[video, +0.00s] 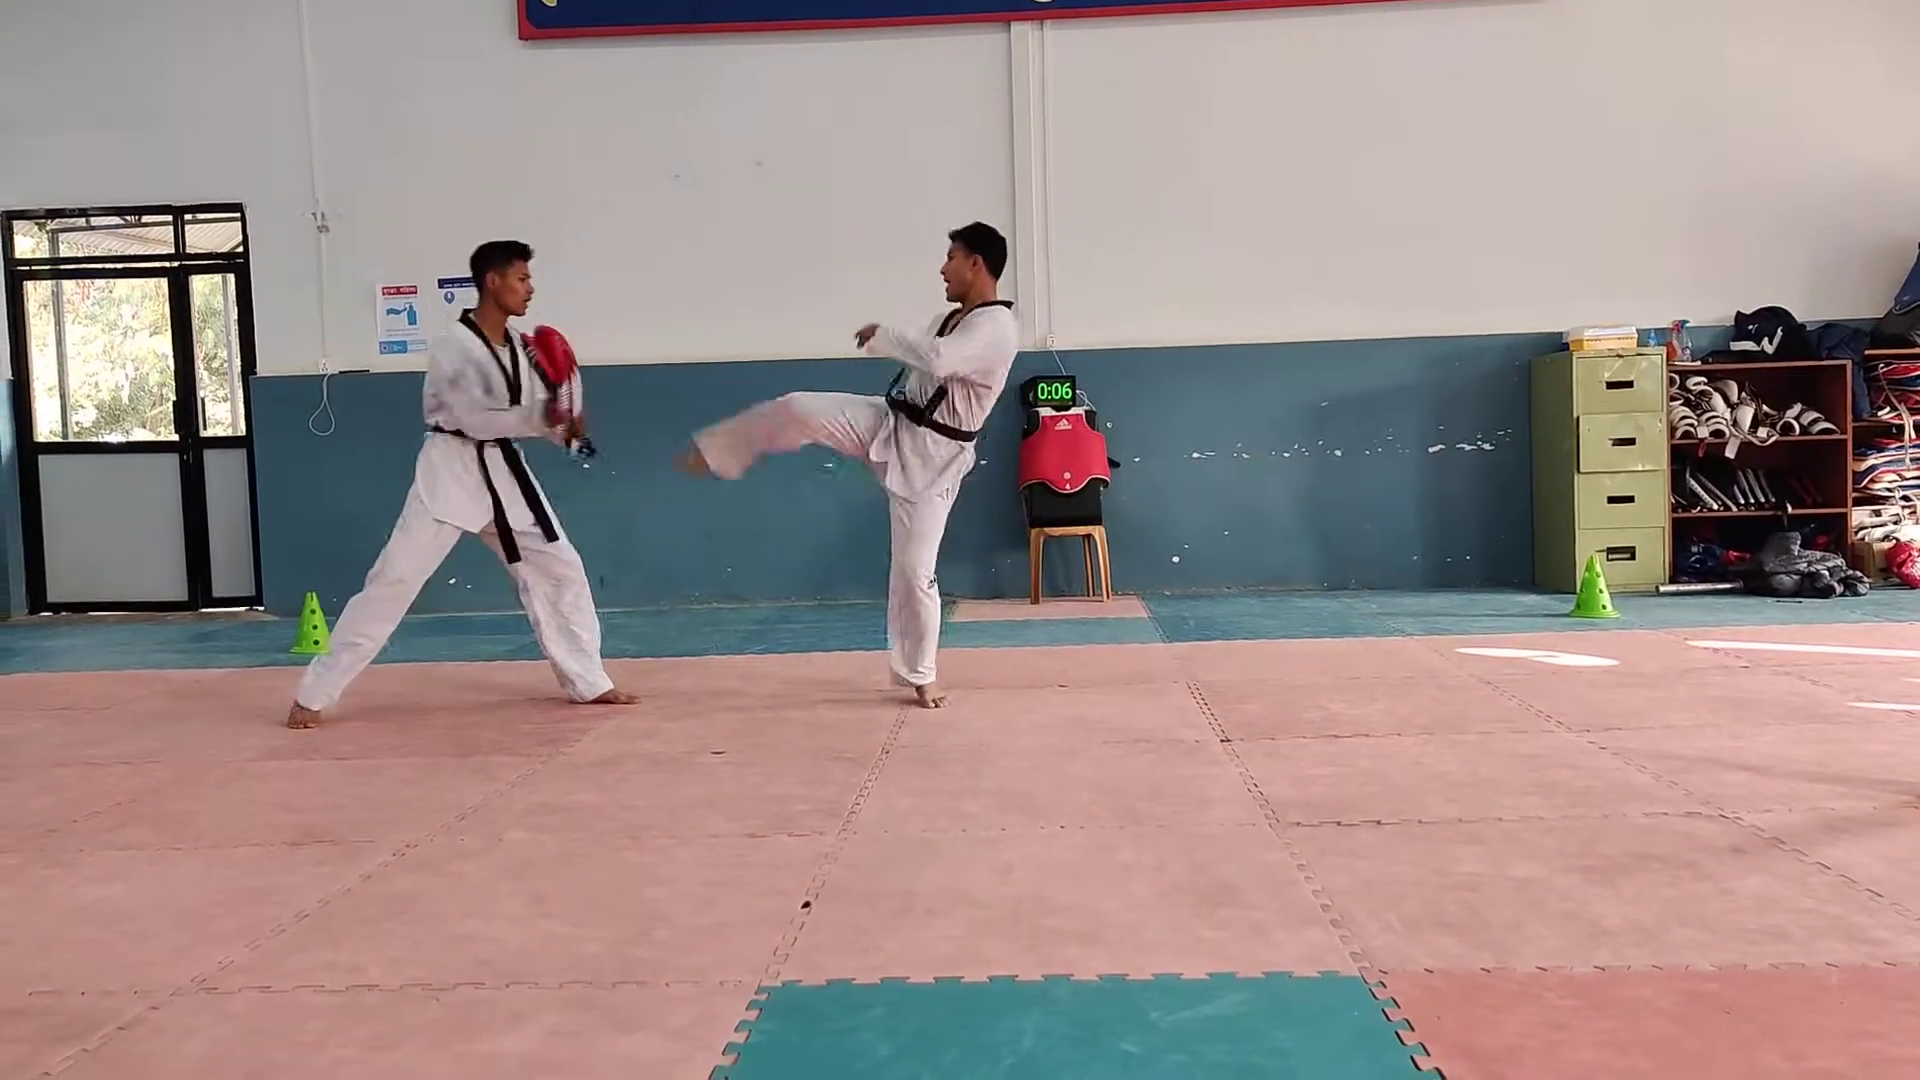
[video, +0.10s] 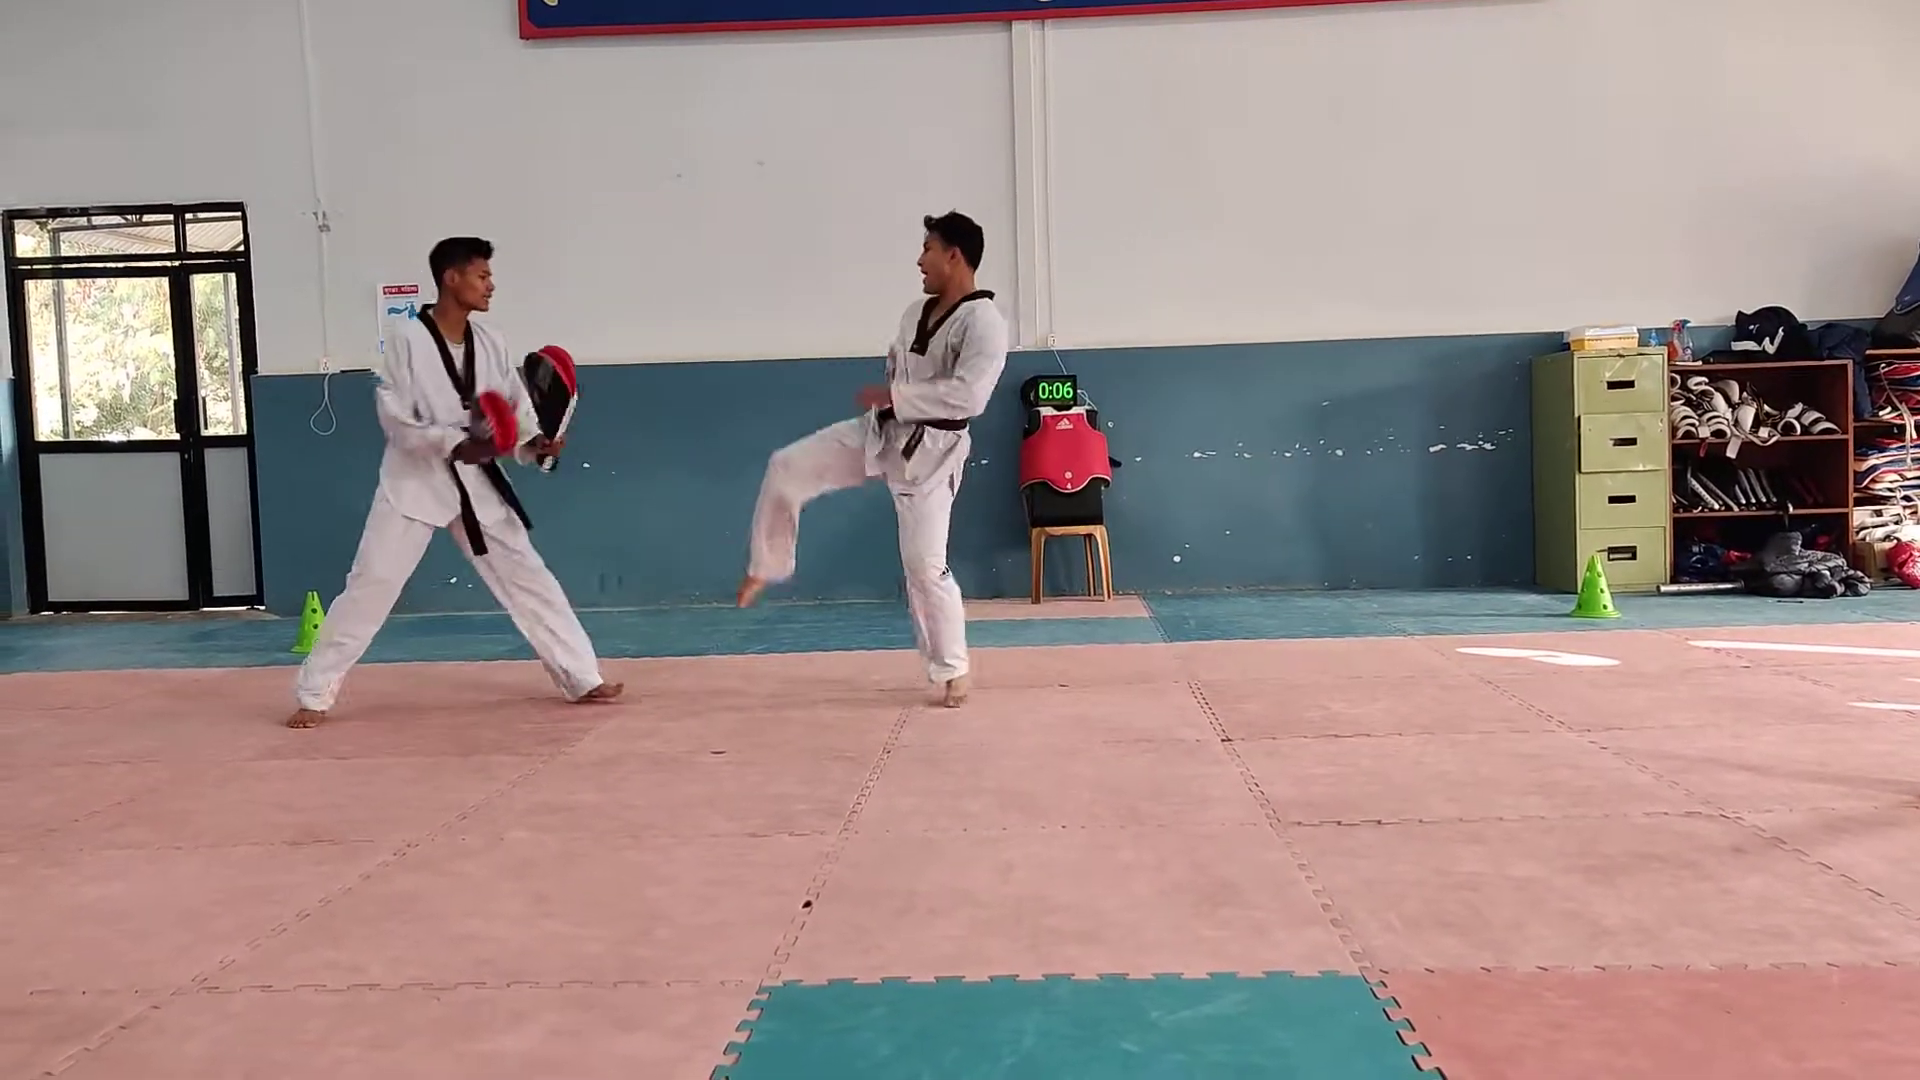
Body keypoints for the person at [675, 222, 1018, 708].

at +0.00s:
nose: (943, 267)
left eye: (952, 258)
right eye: (947, 258)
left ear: (978, 265)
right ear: (976, 266)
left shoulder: (995, 326)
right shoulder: (950, 319)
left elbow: (941, 360)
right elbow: (931, 383)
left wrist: (885, 337)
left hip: (933, 457)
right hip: (892, 422)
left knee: (914, 572)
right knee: (798, 408)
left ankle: (919, 676)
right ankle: (716, 452)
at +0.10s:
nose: (921, 259)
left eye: (929, 249)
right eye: (923, 249)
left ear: (956, 257)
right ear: (952, 257)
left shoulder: (984, 320)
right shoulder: (919, 310)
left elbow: (970, 397)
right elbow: (904, 373)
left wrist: (895, 396)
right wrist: (891, 385)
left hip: (932, 450)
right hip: (882, 431)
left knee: (925, 567)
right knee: (787, 468)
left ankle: (951, 668)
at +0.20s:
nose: (892, 275)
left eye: (901, 266)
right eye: (895, 265)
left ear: (929, 276)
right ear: (921, 275)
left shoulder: (962, 349)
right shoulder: (890, 332)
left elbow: (960, 431)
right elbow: (875, 408)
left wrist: (892, 460)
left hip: (929, 471)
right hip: (873, 462)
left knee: (941, 584)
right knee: (804, 530)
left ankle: (984, 678)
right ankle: (765, 638)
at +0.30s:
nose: (854, 296)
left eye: (863, 288)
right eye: (857, 287)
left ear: (891, 298)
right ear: (885, 297)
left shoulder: (920, 369)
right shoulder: (861, 353)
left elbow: (910, 456)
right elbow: (855, 432)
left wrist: (841, 488)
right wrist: (832, 482)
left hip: (913, 483)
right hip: (858, 479)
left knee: (926, 594)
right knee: (803, 568)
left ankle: (980, 680)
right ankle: (772, 684)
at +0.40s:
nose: (813, 306)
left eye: (821, 297)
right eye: (816, 296)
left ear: (848, 309)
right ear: (844, 309)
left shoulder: (880, 375)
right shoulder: (827, 365)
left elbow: (853, 457)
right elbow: (833, 443)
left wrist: (778, 477)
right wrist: (818, 489)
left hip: (891, 491)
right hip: (837, 489)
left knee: (913, 600)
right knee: (779, 566)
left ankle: (981, 677)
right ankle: (775, 685)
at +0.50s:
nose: (786, 294)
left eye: (795, 285)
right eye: (790, 284)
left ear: (820, 297)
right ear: (821, 298)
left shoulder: (828, 359)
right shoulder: (813, 355)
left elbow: (772, 428)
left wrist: (724, 386)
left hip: (851, 480)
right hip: (811, 484)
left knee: (890, 591)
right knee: (760, 571)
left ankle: (978, 665)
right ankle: (772, 685)